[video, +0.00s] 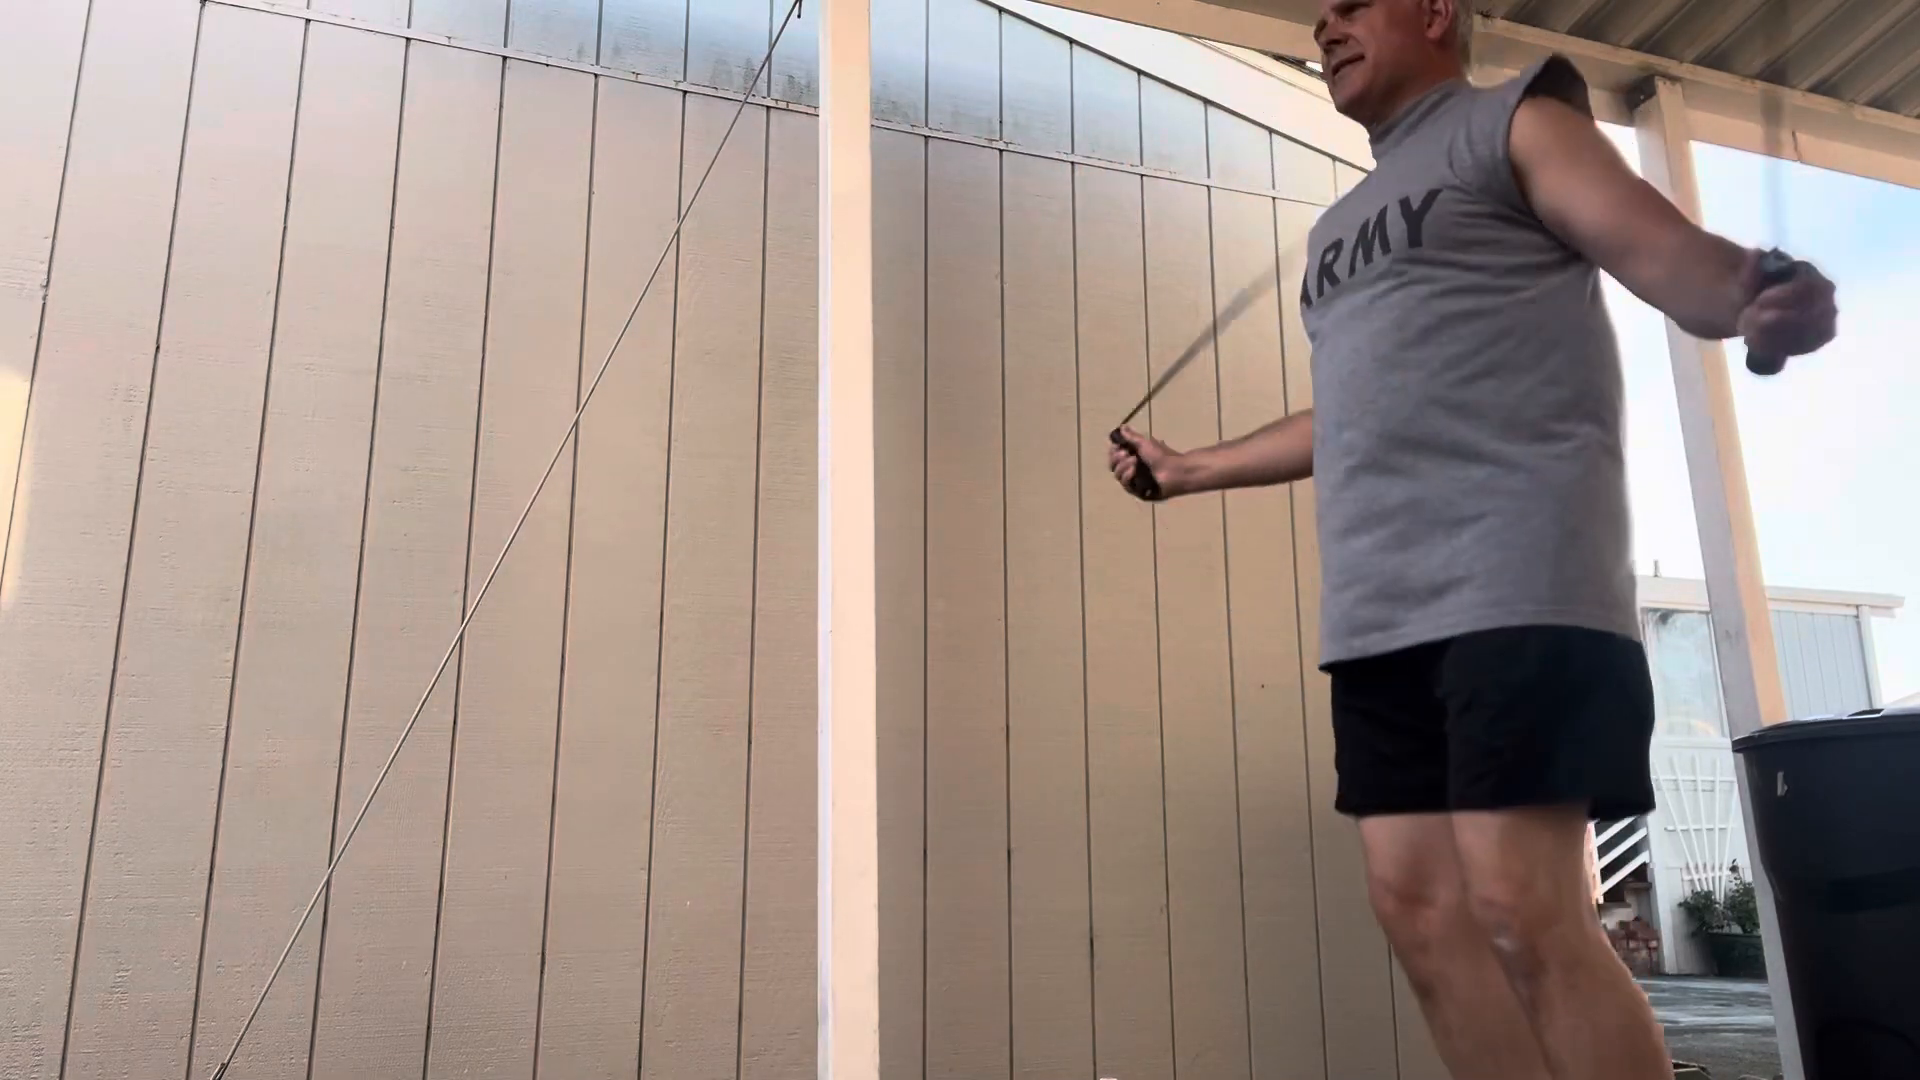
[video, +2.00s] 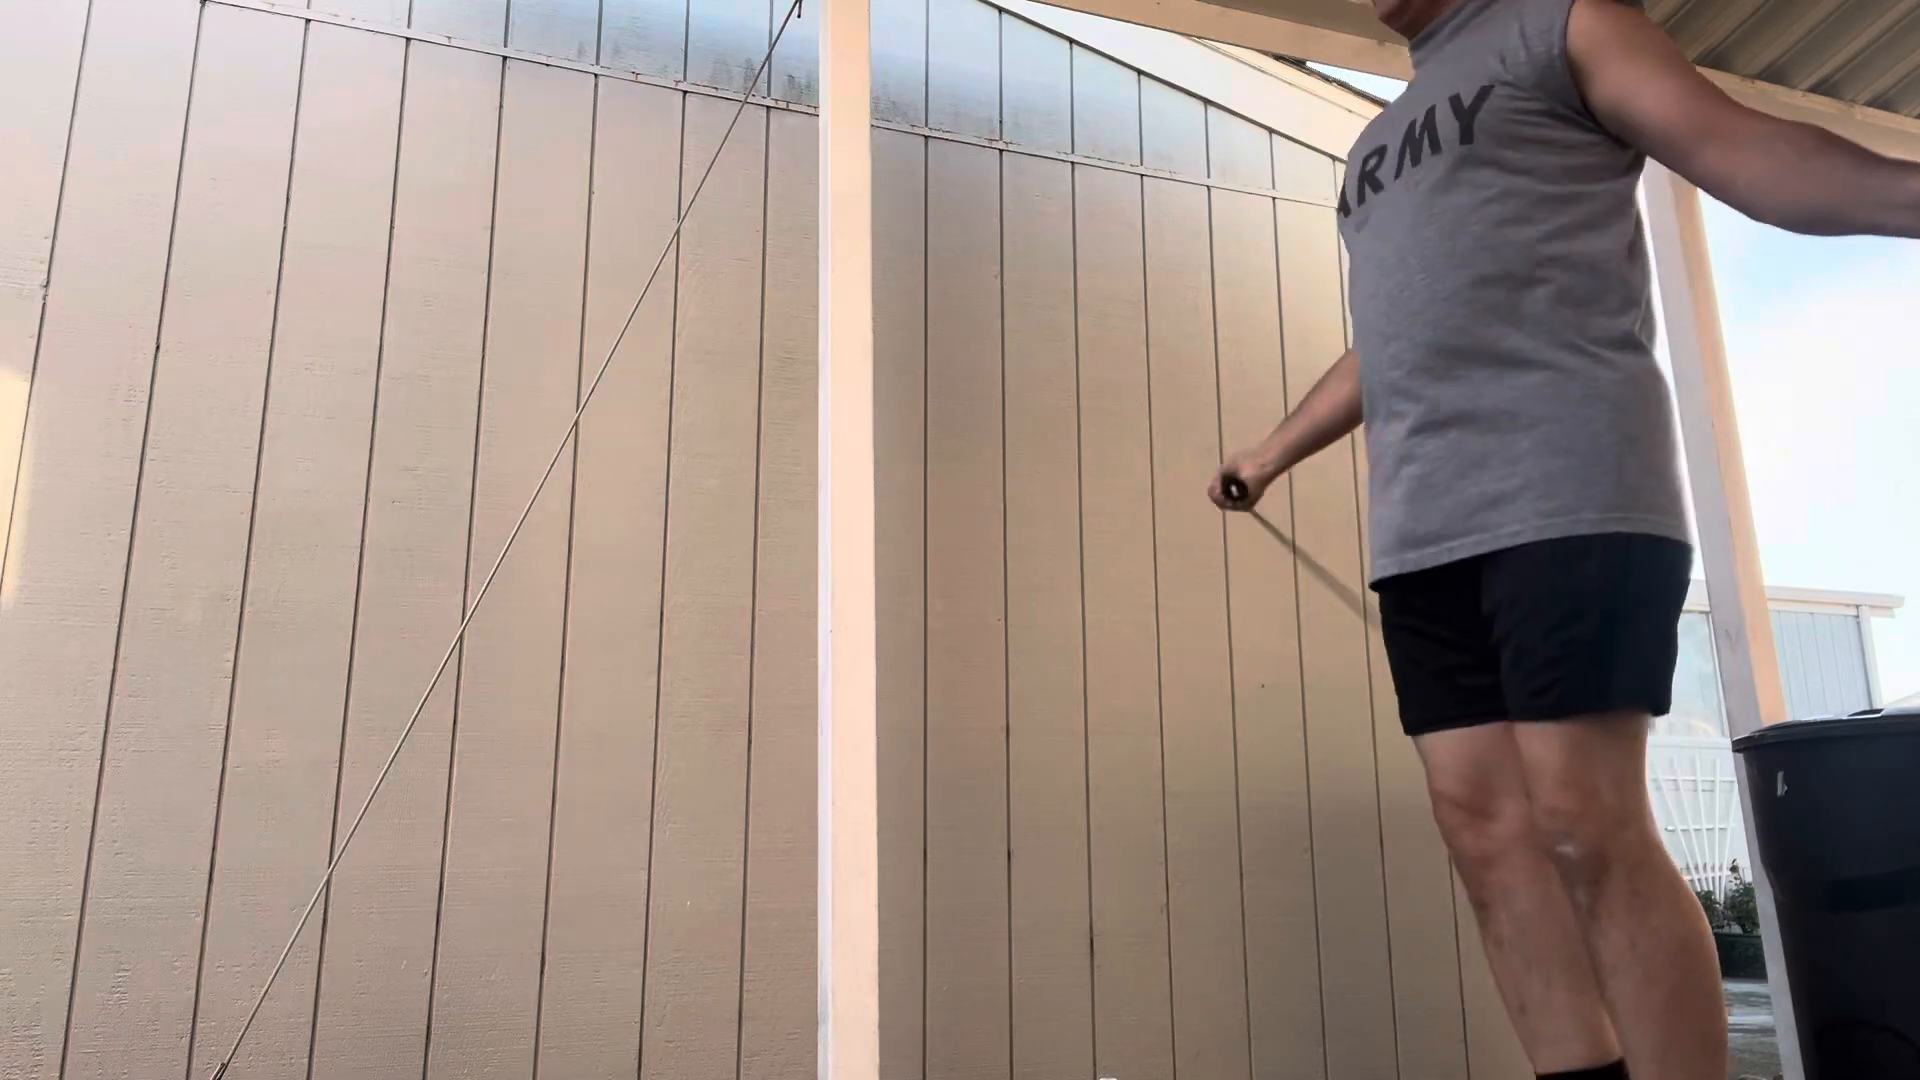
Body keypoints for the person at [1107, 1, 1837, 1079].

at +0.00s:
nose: (1327, 34)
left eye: (1353, 8)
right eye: (1319, 23)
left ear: (1436, 18)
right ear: (1323, 61)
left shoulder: (1514, 118)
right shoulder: (1336, 229)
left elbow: (1646, 242)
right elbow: (1346, 418)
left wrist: (1747, 293)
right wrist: (1186, 468)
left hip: (1523, 567)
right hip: (1375, 595)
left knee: (1532, 905)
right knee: (1419, 906)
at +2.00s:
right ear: (1390, 1)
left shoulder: (1556, 24)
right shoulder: (1372, 148)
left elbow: (1728, 142)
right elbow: (1382, 349)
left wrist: (1904, 195)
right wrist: (1266, 456)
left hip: (1576, 484)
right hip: (1420, 519)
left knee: (1590, 821)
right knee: (1483, 831)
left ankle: (1682, 1065)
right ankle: (1586, 1065)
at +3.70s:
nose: (1448, 14)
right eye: (1441, 7)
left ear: (1564, 7)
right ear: (1444, 51)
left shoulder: (1640, 102)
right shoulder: (1445, 220)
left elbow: (1800, 231)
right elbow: (1449, 408)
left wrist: (1919, 273)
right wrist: (1291, 459)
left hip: (1647, 559)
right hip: (1487, 584)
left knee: (1666, 896)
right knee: (1539, 893)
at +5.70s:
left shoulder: (1672, 47)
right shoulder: (1475, 170)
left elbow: (1838, 172)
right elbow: (1486, 357)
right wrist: (1358, 458)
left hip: (1687, 504)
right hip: (1528, 539)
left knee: (1710, 837)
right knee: (1599, 837)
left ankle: (1799, 1066)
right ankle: (1694, 1071)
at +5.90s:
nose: (1488, 55)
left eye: (1515, 30)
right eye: (1480, 42)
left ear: (1600, 40)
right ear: (1483, 70)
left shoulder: (1685, 147)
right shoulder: (1494, 265)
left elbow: (1827, 286)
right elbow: (1481, 457)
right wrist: (1329, 526)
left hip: (1705, 623)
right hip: (1544, 648)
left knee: (1712, 948)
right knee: (1571, 940)